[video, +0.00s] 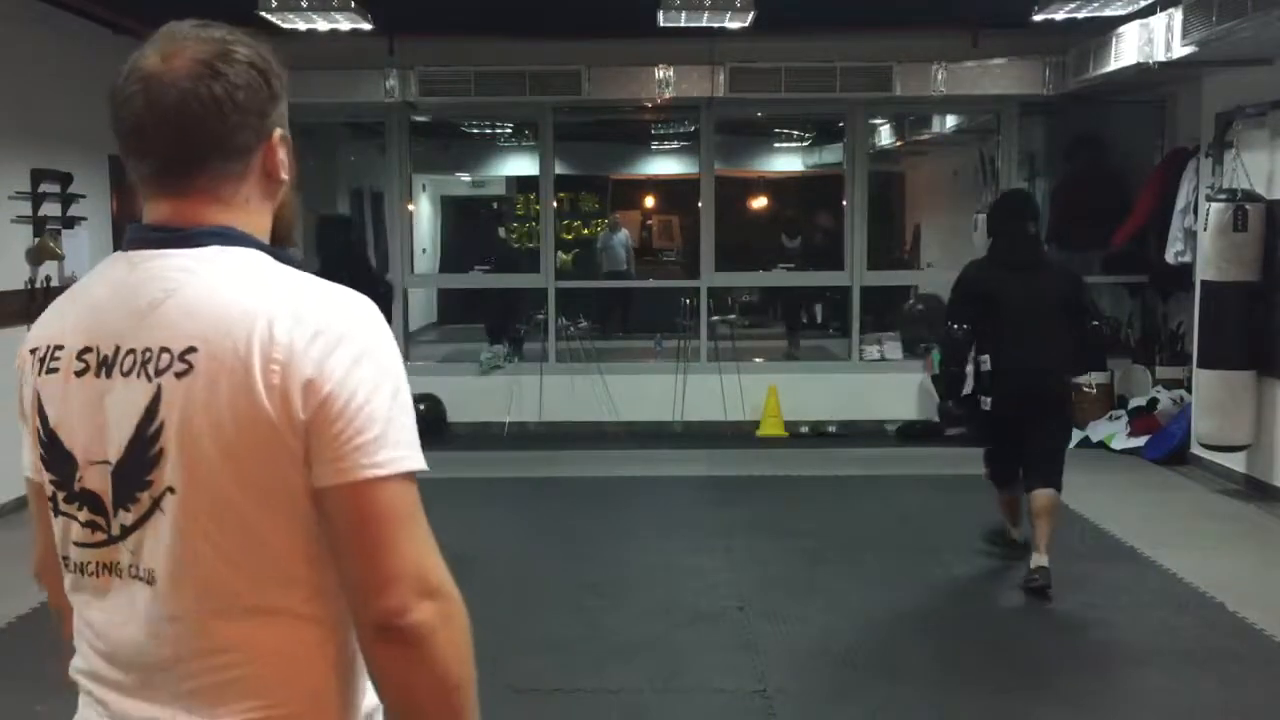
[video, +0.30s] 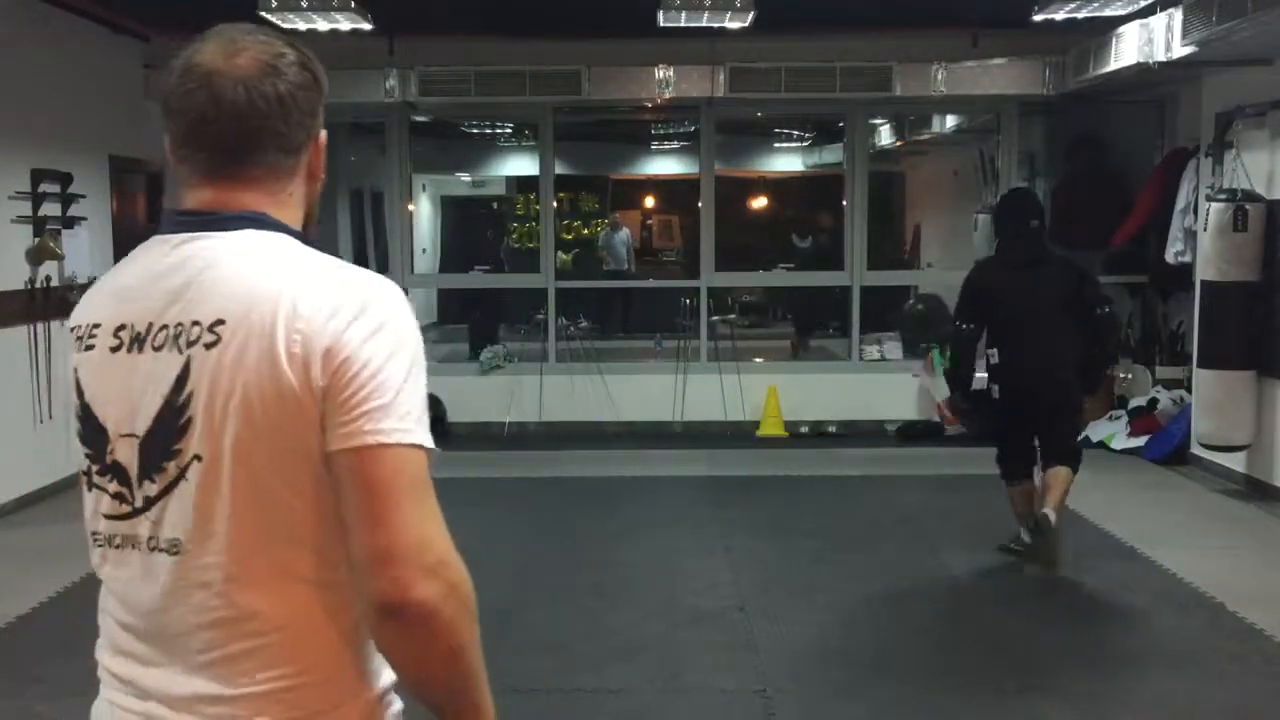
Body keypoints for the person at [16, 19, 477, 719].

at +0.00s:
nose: (294, 164)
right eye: (292, 144)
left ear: (132, 161)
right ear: (277, 157)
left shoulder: (53, 331)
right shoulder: (326, 327)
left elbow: (59, 576)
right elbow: (404, 612)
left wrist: (102, 686)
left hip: (108, 703)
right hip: (292, 706)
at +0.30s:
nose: (325, 165)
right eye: (326, 149)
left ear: (175, 153)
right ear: (317, 156)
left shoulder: (98, 309)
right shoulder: (349, 305)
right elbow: (409, 591)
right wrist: (469, 710)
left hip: (129, 700)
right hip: (313, 704)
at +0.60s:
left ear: (279, 157)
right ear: (422, 172)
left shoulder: (169, 309)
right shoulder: (474, 336)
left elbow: (151, 534)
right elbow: (583, 570)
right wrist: (543, 594)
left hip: (200, 700)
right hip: (402, 701)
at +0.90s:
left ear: (320, 189)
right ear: (448, 200)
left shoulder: (217, 330)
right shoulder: (510, 340)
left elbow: (144, 535)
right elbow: (599, 477)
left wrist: (204, 592)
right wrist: (538, 396)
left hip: (262, 695)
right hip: (442, 693)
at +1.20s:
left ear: (300, 172)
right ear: (407, 186)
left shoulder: (218, 297)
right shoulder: (464, 289)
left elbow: (157, 462)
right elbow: (559, 359)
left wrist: (257, 429)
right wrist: (462, 266)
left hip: (285, 657)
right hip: (443, 654)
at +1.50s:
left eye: (329, 169)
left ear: (336, 178)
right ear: (428, 191)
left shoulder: (261, 287)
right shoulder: (479, 286)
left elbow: (232, 406)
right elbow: (573, 289)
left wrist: (313, 390)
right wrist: (481, 213)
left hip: (317, 616)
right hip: (458, 613)